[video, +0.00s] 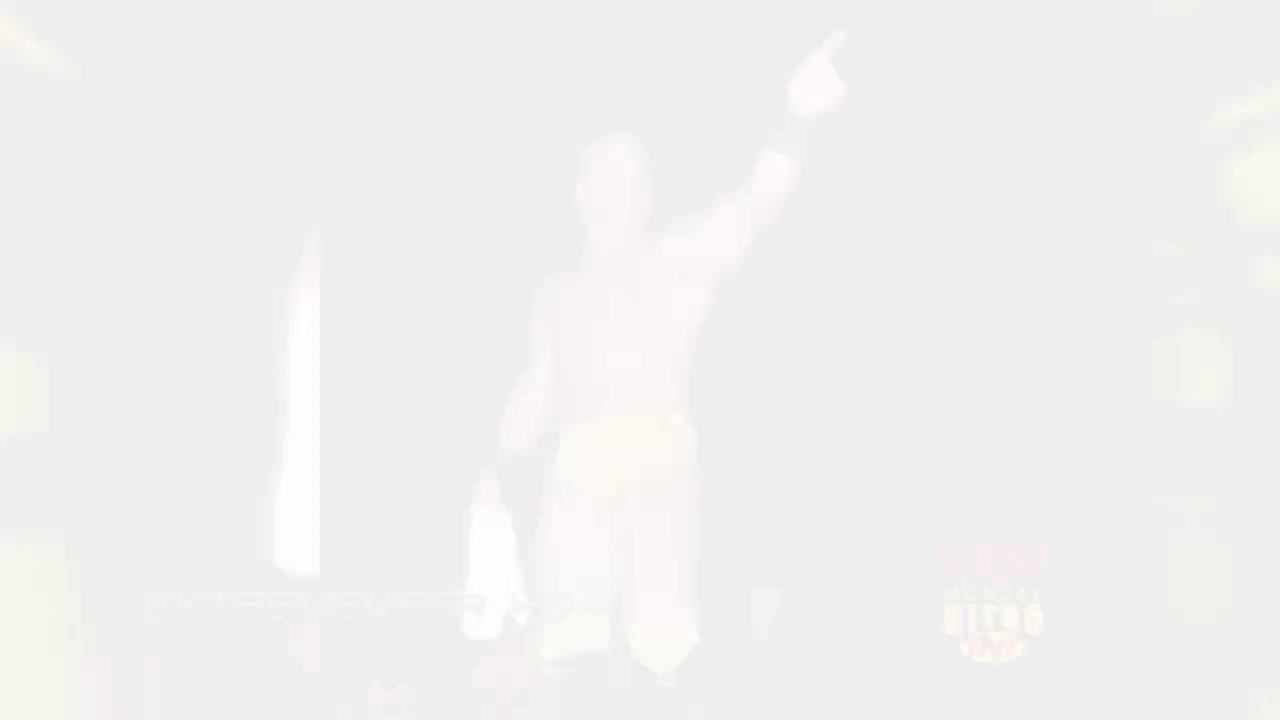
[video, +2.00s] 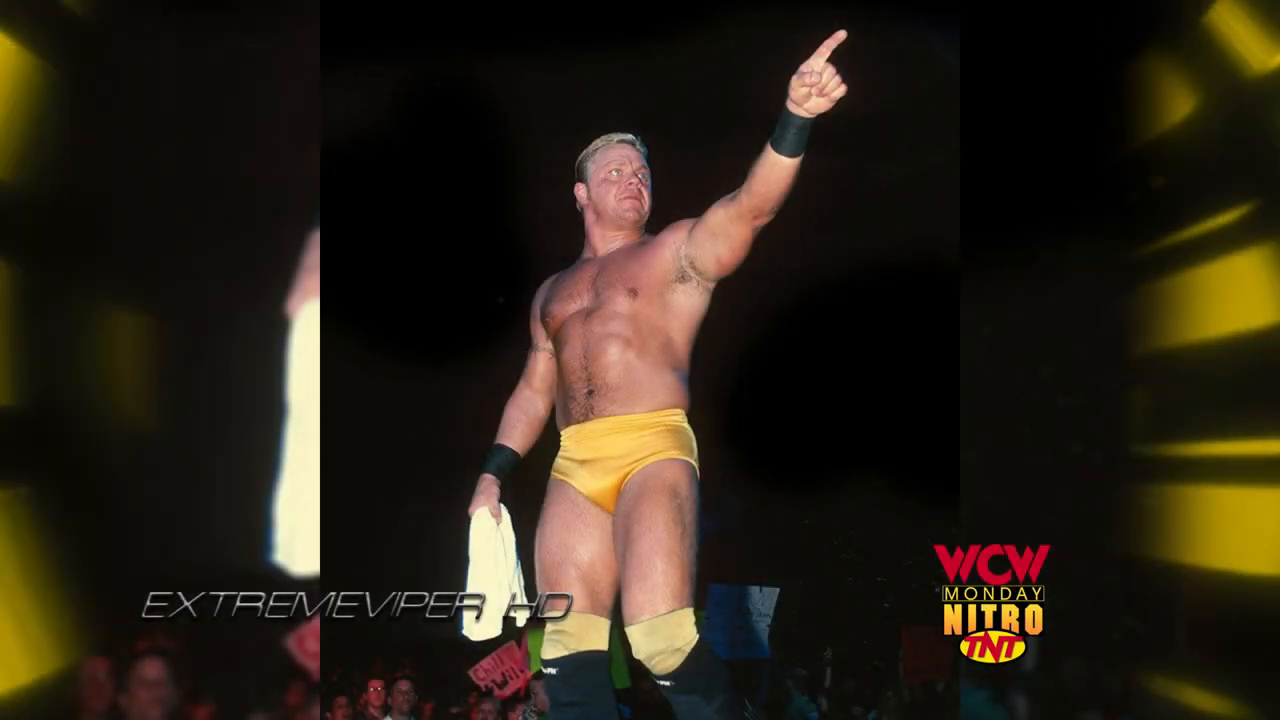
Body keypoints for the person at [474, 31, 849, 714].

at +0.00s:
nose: (611, 206)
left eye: (624, 189)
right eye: (598, 190)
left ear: (648, 194)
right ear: (580, 197)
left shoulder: (680, 264)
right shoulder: (562, 296)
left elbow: (757, 201)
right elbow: (536, 389)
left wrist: (800, 117)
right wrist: (503, 464)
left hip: (659, 453)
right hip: (581, 458)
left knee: (659, 609)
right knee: (573, 602)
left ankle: (659, 687)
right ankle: (576, 690)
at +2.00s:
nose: (632, 180)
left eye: (640, 172)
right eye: (614, 171)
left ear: (651, 193)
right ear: (581, 193)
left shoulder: (680, 254)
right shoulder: (553, 296)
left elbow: (752, 204)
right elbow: (534, 394)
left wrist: (797, 115)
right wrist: (490, 477)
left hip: (656, 448)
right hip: (576, 462)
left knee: (659, 635)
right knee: (568, 646)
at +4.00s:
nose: (632, 180)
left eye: (640, 172)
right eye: (614, 171)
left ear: (651, 193)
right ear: (581, 193)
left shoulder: (680, 254)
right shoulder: (553, 296)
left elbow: (752, 204)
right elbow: (534, 394)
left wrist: (797, 115)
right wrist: (490, 477)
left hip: (656, 448)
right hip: (576, 462)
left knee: (659, 635)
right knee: (568, 646)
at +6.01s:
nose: (631, 179)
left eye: (640, 172)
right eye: (614, 170)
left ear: (650, 194)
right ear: (580, 193)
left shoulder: (680, 253)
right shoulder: (552, 296)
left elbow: (753, 203)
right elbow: (534, 393)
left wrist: (797, 115)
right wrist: (490, 478)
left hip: (656, 448)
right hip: (575, 462)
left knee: (660, 637)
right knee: (568, 647)